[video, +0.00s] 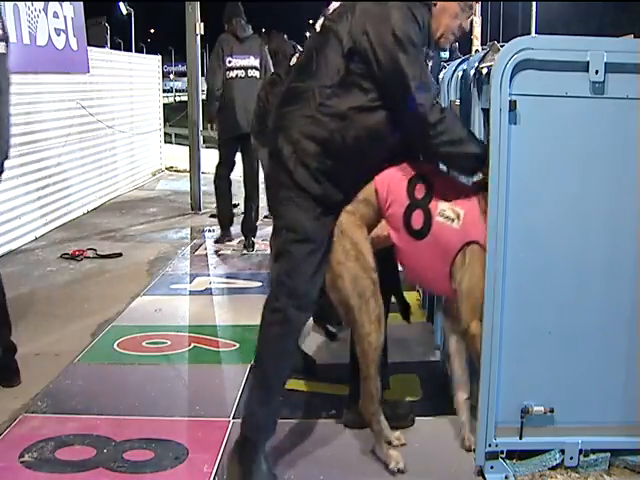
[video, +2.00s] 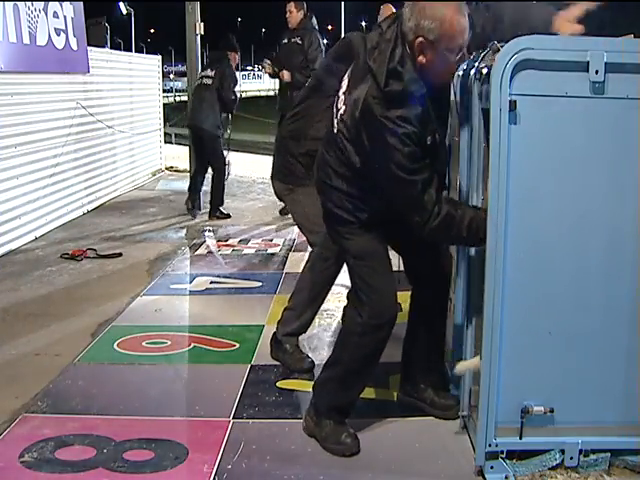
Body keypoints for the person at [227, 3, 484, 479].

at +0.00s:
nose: (463, 28)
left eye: (468, 20)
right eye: (464, 15)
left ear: (443, 7)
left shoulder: (403, 19)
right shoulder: (392, 15)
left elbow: (410, 118)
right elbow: (423, 113)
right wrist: (488, 163)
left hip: (349, 173)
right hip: (306, 165)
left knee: (370, 291)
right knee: (292, 298)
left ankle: (367, 401)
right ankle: (252, 445)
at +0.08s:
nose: (473, 22)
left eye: (477, 14)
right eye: (472, 10)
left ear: (452, 7)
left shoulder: (432, 42)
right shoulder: (388, 10)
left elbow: (429, 109)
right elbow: (402, 95)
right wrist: (455, 151)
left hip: (368, 173)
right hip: (317, 162)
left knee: (374, 288)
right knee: (312, 290)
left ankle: (366, 401)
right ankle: (269, 430)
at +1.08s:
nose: (476, 52)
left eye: (484, 43)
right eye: (471, 39)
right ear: (444, 13)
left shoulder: (458, 54)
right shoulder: (395, 44)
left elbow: (464, 140)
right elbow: (369, 155)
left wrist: (458, 200)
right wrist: (417, 218)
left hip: (397, 165)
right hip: (339, 161)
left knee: (409, 279)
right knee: (345, 285)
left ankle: (416, 388)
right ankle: (322, 411)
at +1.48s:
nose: (465, 71)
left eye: (469, 62)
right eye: (463, 61)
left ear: (434, 46)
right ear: (432, 47)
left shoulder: (421, 57)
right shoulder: (386, 92)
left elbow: (435, 121)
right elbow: (382, 200)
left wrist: (461, 158)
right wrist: (448, 227)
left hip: (379, 173)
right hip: (327, 175)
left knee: (415, 276)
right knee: (360, 298)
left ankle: (414, 387)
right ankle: (323, 413)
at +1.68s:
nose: (463, 59)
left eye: (466, 49)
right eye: (461, 48)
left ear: (428, 45)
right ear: (429, 47)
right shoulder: (383, 98)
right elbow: (396, 208)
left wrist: (442, 93)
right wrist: (467, 224)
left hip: (392, 182)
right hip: (342, 190)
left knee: (423, 279)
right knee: (370, 307)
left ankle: (417, 385)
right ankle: (324, 414)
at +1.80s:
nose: (461, 46)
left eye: (462, 37)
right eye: (457, 38)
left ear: (424, 36)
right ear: (426, 41)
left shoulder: (399, 29)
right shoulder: (387, 94)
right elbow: (404, 203)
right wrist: (472, 221)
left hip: (392, 179)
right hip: (346, 190)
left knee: (429, 274)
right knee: (371, 306)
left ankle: (420, 380)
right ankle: (324, 413)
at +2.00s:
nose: (461, 59)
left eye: (463, 49)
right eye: (454, 52)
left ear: (425, 45)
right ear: (422, 50)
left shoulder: (411, 30)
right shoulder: (396, 105)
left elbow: (486, 16)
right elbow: (420, 209)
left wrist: (551, 17)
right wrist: (500, 225)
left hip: (395, 190)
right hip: (349, 192)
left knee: (434, 275)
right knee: (378, 305)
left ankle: (419, 382)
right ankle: (325, 410)